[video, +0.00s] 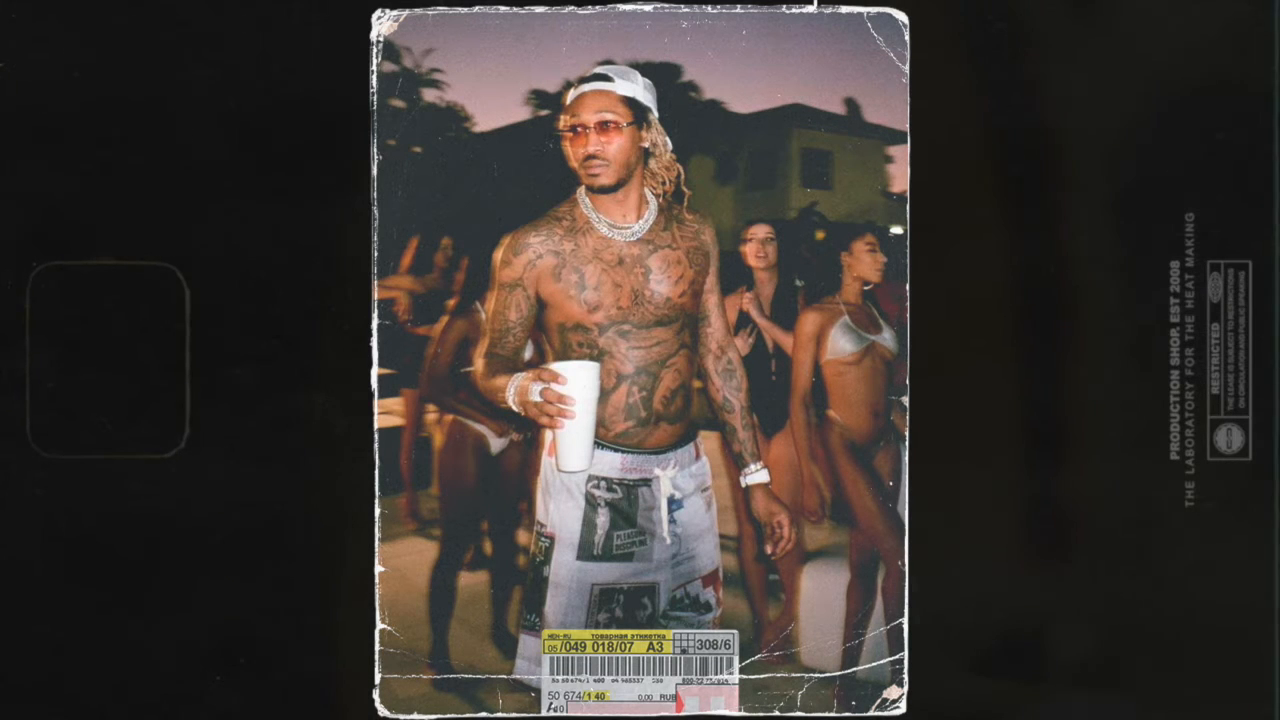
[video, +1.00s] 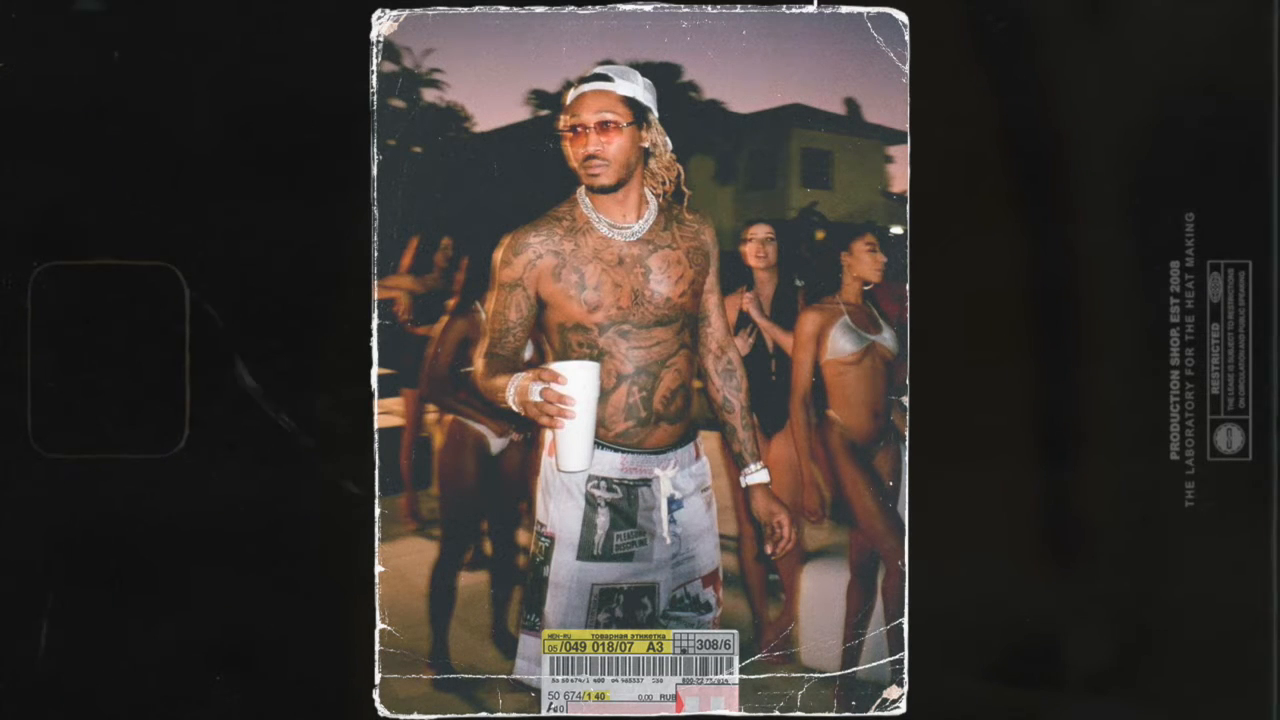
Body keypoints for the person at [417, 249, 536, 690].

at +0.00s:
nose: (513, 293)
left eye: (521, 286)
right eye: (508, 283)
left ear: (530, 293)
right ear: (493, 283)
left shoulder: (531, 335)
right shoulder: (465, 324)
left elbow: (543, 387)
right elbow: (435, 387)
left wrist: (529, 421)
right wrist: (490, 422)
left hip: (514, 446)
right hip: (465, 442)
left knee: (505, 540)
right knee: (456, 544)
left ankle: (501, 628)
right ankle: (439, 651)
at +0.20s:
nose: (514, 290)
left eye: (520, 283)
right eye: (507, 281)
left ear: (529, 290)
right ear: (492, 281)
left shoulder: (529, 332)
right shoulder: (464, 324)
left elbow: (543, 382)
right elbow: (435, 387)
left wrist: (529, 419)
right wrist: (490, 421)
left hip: (513, 447)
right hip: (465, 444)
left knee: (506, 542)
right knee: (455, 545)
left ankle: (501, 628)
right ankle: (439, 652)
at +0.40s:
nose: (515, 285)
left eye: (522, 277)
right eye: (509, 275)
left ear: (530, 287)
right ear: (493, 276)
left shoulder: (530, 331)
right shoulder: (464, 323)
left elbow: (543, 383)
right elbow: (435, 387)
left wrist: (529, 419)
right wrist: (491, 422)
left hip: (514, 446)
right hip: (465, 442)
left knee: (505, 542)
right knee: (456, 544)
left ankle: (501, 629)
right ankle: (439, 651)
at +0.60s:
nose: (513, 291)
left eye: (520, 283)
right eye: (507, 281)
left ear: (530, 291)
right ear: (492, 281)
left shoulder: (530, 333)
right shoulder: (464, 324)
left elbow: (544, 384)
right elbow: (435, 387)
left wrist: (529, 420)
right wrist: (491, 422)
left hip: (514, 447)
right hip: (465, 444)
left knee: (506, 542)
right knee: (455, 545)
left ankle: (501, 628)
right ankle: (439, 653)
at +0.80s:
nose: (513, 290)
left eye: (520, 283)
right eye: (507, 280)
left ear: (528, 291)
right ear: (492, 280)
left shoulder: (528, 331)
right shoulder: (464, 324)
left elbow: (542, 383)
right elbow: (434, 387)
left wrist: (529, 419)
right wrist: (490, 422)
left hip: (513, 447)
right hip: (465, 444)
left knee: (505, 542)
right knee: (455, 545)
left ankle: (501, 629)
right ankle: (439, 653)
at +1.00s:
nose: (514, 288)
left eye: (521, 280)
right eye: (507, 278)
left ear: (529, 289)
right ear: (493, 279)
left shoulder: (529, 331)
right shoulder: (464, 324)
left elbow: (542, 383)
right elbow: (435, 387)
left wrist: (529, 419)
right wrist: (490, 421)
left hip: (513, 447)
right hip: (465, 444)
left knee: (506, 542)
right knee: (455, 544)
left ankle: (501, 628)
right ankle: (439, 652)